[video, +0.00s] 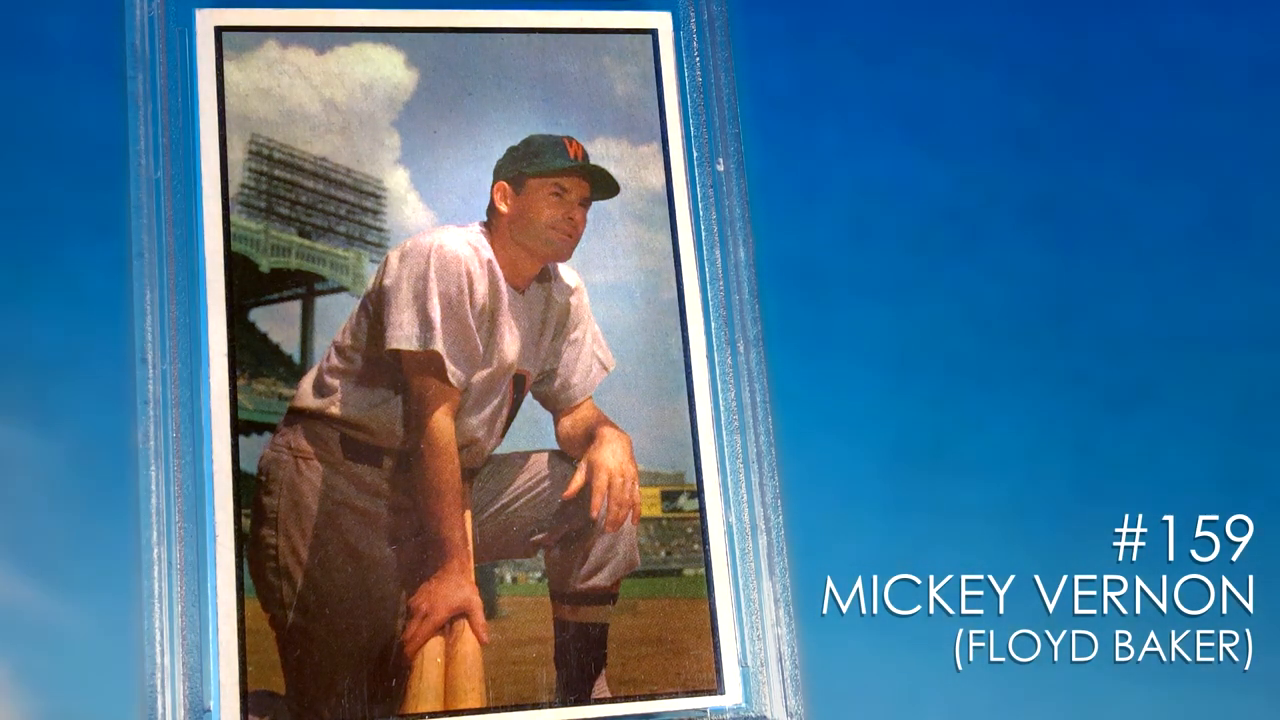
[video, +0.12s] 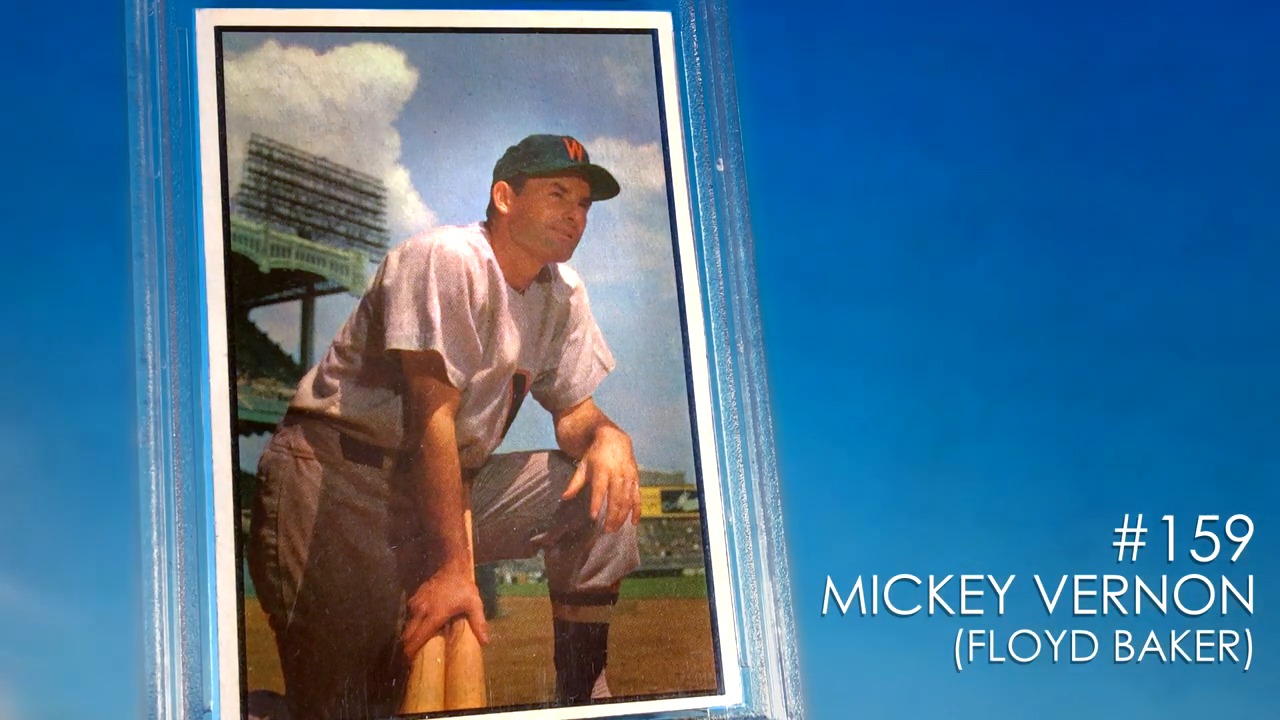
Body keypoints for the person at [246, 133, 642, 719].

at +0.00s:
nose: (576, 215)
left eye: (584, 203)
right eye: (558, 193)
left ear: (587, 217)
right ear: (504, 197)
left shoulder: (560, 296)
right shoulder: (441, 256)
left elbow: (575, 415)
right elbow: (432, 420)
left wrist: (609, 435)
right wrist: (454, 566)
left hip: (439, 486)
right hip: (334, 479)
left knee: (595, 488)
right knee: (348, 702)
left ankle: (581, 694)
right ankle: (237, 706)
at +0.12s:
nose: (576, 215)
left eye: (584, 203)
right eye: (558, 193)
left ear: (586, 217)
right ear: (504, 197)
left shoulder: (560, 295)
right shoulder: (442, 256)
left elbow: (575, 415)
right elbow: (432, 421)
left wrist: (609, 435)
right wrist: (454, 566)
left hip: (439, 486)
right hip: (334, 478)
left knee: (596, 488)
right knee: (348, 704)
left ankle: (580, 696)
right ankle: (240, 706)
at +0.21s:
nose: (576, 215)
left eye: (584, 203)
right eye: (558, 193)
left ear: (586, 218)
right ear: (504, 197)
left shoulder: (560, 297)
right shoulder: (442, 256)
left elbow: (574, 415)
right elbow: (432, 420)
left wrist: (609, 434)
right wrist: (454, 566)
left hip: (438, 486)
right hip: (334, 479)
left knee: (595, 488)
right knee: (346, 704)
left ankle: (580, 696)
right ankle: (238, 706)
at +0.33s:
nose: (577, 215)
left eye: (584, 203)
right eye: (558, 193)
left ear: (586, 218)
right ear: (504, 196)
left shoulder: (560, 297)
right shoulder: (441, 256)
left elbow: (575, 415)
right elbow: (432, 420)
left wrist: (609, 434)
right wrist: (454, 566)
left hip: (439, 487)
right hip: (334, 481)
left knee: (595, 488)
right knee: (346, 704)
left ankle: (580, 697)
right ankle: (238, 706)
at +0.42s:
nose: (576, 215)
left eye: (584, 203)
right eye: (558, 193)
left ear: (586, 218)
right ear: (504, 197)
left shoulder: (560, 296)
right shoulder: (441, 257)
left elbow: (575, 415)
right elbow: (433, 419)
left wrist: (609, 435)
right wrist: (454, 566)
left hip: (438, 487)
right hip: (334, 481)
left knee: (595, 488)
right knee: (347, 702)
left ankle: (581, 695)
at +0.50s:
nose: (576, 215)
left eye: (584, 204)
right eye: (558, 193)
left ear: (586, 218)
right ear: (504, 197)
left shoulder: (560, 296)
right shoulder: (441, 257)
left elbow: (575, 414)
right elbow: (433, 419)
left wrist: (609, 435)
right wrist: (454, 566)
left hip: (438, 487)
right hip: (335, 482)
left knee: (595, 488)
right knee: (346, 703)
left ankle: (581, 695)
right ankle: (235, 706)